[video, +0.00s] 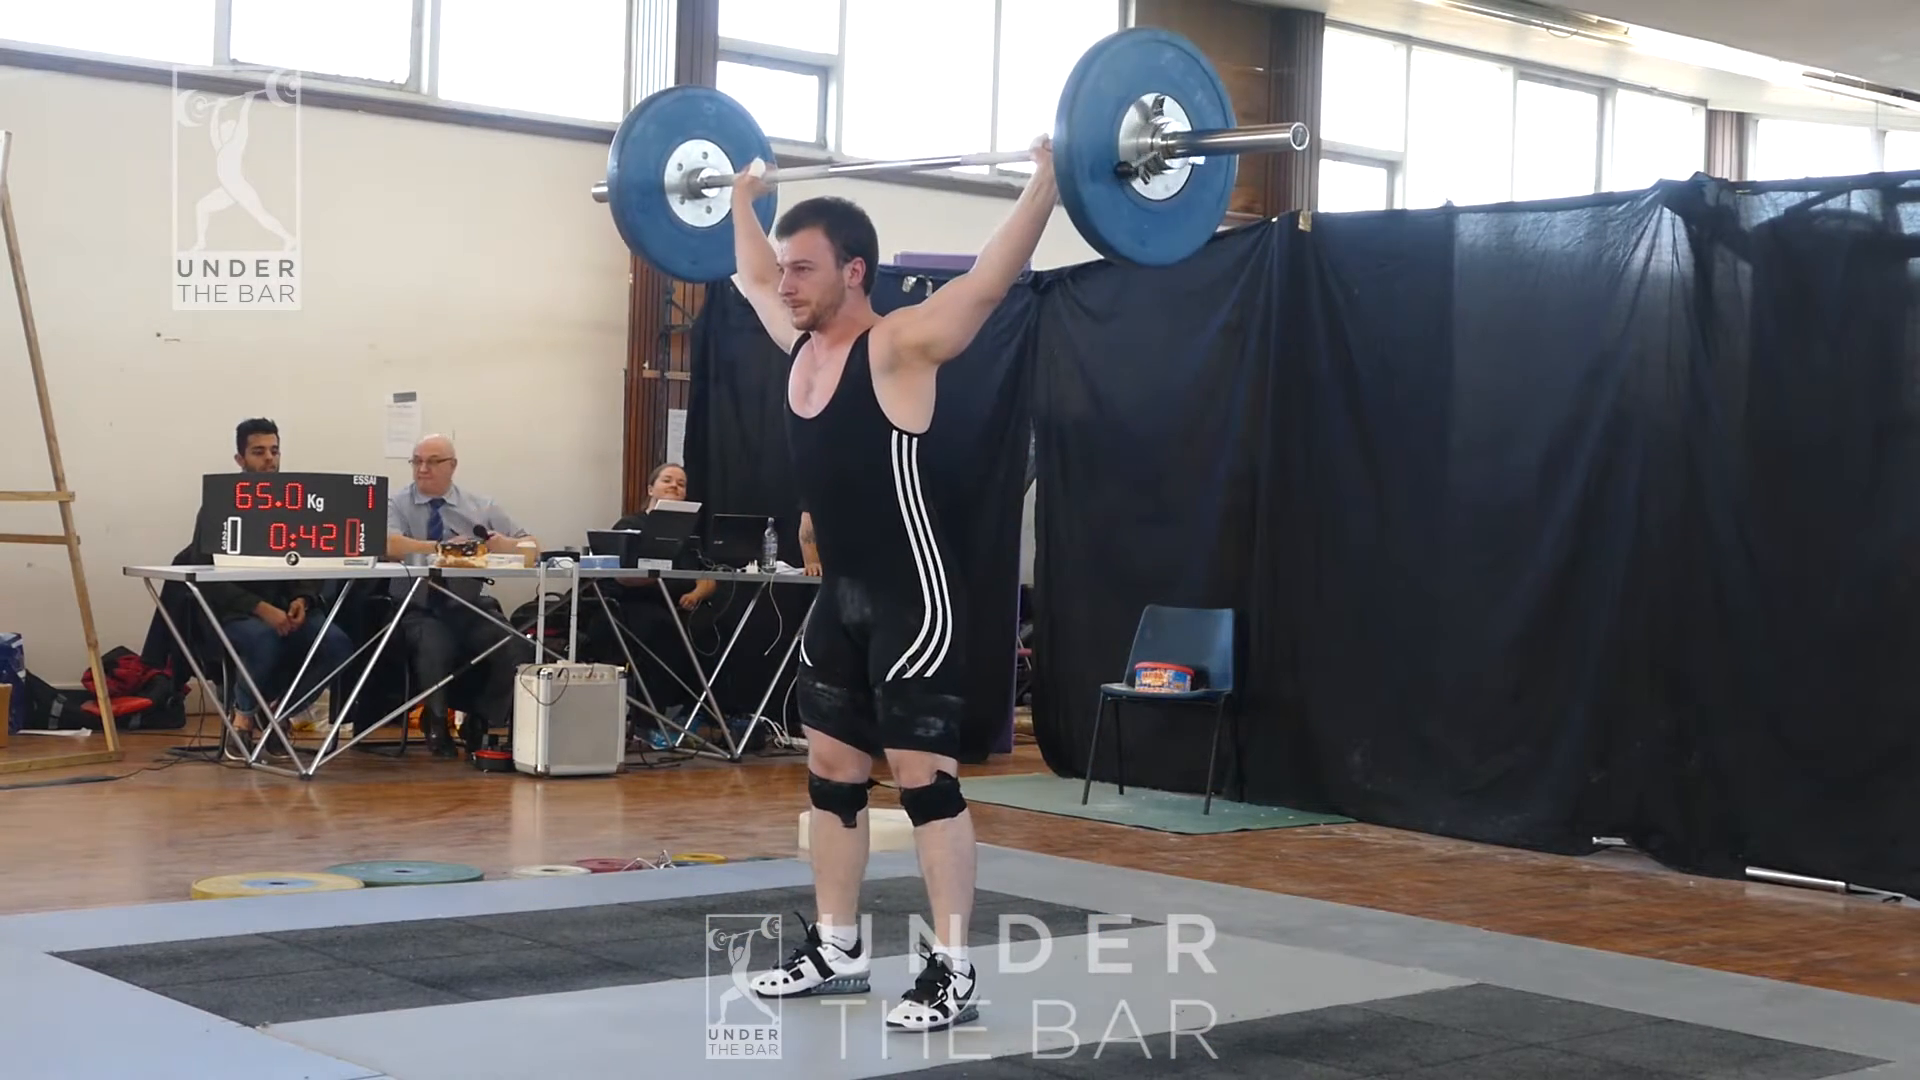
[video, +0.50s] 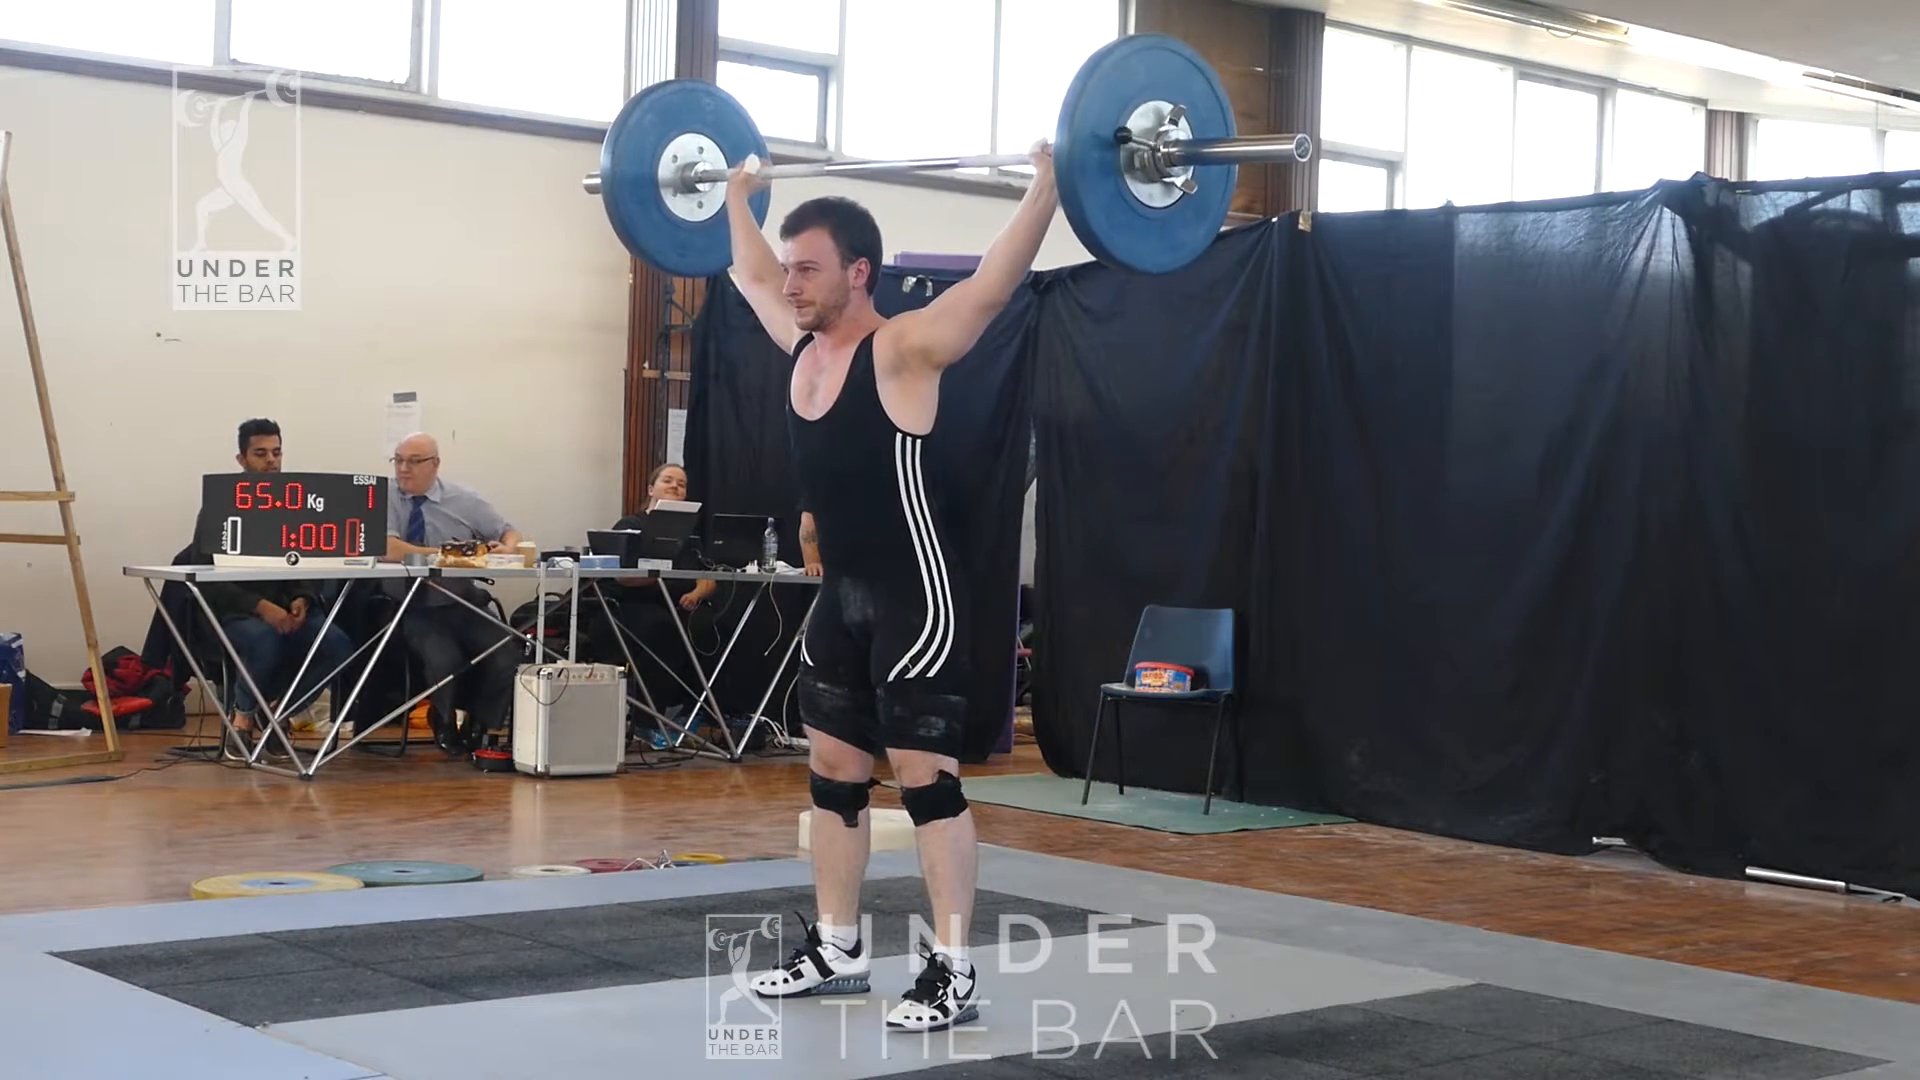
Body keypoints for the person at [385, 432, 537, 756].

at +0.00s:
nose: (423, 469)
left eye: (433, 462)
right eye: (417, 462)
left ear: (453, 466)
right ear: (411, 464)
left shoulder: (479, 507)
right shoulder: (396, 504)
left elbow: (532, 547)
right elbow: (389, 545)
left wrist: (504, 545)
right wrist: (442, 548)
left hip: (469, 607)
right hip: (416, 607)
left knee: (513, 649)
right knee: (433, 642)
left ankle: (479, 724)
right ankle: (437, 724)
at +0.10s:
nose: (417, 468)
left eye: (427, 462)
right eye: (411, 461)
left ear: (447, 465)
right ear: (405, 465)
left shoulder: (477, 506)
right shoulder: (392, 503)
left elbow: (529, 546)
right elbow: (388, 545)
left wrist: (509, 549)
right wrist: (442, 552)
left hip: (466, 608)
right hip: (413, 609)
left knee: (512, 650)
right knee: (437, 647)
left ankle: (479, 725)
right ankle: (441, 721)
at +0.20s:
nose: (412, 468)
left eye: (422, 462)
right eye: (406, 461)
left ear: (442, 465)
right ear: (400, 464)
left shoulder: (471, 504)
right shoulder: (389, 501)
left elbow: (526, 545)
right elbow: (387, 547)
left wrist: (509, 551)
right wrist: (442, 554)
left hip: (465, 605)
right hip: (413, 607)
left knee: (511, 650)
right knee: (439, 652)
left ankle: (478, 725)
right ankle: (440, 720)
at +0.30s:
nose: (408, 468)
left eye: (418, 462)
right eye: (403, 461)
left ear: (439, 465)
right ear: (397, 463)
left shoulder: (467, 503)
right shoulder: (386, 500)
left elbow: (520, 540)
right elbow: (385, 546)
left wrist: (508, 549)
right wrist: (440, 555)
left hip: (465, 605)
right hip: (413, 608)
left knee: (510, 651)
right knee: (442, 657)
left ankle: (478, 724)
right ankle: (440, 718)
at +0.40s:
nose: (406, 469)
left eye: (416, 462)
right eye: (401, 461)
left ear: (437, 465)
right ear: (395, 463)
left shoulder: (465, 502)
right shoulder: (385, 499)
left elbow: (516, 538)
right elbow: (385, 547)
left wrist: (507, 548)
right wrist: (443, 555)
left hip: (464, 604)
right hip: (412, 607)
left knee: (507, 651)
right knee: (442, 657)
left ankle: (477, 725)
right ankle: (442, 717)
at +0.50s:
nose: (404, 469)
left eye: (414, 462)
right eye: (398, 461)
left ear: (435, 466)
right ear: (393, 463)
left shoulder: (464, 501)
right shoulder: (386, 498)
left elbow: (511, 534)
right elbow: (386, 548)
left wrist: (506, 545)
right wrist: (443, 555)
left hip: (465, 603)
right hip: (413, 606)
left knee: (506, 653)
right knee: (444, 660)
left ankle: (478, 726)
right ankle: (443, 720)